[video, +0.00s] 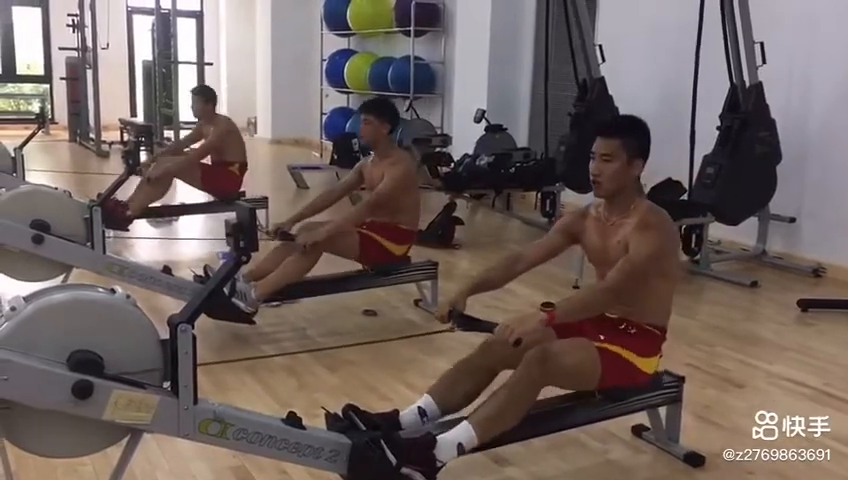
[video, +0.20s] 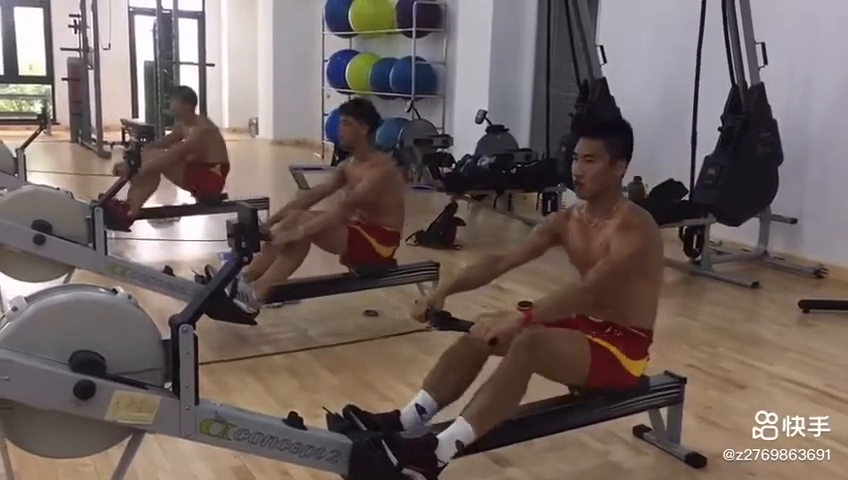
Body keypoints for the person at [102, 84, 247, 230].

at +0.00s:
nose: (192, 108)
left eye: (195, 104)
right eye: (192, 104)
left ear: (208, 105)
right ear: (204, 105)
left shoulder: (222, 126)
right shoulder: (204, 126)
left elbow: (197, 156)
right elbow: (179, 145)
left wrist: (160, 169)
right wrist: (152, 160)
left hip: (229, 183)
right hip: (219, 178)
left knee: (170, 166)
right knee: (163, 162)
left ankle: (131, 212)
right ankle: (129, 207)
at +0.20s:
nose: (170, 107)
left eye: (173, 103)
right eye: (170, 103)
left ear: (187, 106)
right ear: (183, 107)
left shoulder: (201, 130)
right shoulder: (185, 127)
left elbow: (172, 155)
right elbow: (161, 144)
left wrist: (137, 168)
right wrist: (137, 153)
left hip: (211, 183)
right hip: (201, 178)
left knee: (157, 160)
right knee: (151, 155)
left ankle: (131, 209)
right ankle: (130, 208)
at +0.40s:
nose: (155, 115)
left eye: (158, 111)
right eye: (154, 112)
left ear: (169, 110)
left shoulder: (178, 131)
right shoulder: (162, 129)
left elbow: (146, 159)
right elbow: (138, 150)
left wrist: (111, 168)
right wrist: (108, 164)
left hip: (192, 186)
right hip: (184, 182)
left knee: (142, 151)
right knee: (142, 163)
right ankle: (128, 209)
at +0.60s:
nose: (127, 109)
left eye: (132, 105)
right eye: (129, 105)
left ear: (146, 110)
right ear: (145, 111)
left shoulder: (158, 131)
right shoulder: (142, 130)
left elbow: (126, 156)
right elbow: (114, 150)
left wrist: (86, 171)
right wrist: (80, 163)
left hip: (177, 187)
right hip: (169, 184)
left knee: (131, 154)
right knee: (125, 150)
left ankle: (133, 208)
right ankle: (128, 204)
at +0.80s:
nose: (119, 111)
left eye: (123, 108)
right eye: (120, 107)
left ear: (136, 113)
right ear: (135, 113)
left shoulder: (145, 134)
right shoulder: (131, 131)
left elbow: (107, 154)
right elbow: (102, 148)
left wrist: (62, 167)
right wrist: (61, 159)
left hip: (176, 184)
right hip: (166, 178)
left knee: (123, 155)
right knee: (119, 153)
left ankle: (134, 209)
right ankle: (130, 207)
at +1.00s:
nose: (149, 107)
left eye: (154, 105)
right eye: (151, 103)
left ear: (166, 112)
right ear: (161, 112)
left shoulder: (173, 132)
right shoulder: (157, 129)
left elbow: (135, 154)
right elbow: (129, 147)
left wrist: (96, 159)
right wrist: (90, 150)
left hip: (197, 181)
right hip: (186, 178)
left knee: (146, 158)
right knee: (142, 158)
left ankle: (137, 209)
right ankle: (134, 206)